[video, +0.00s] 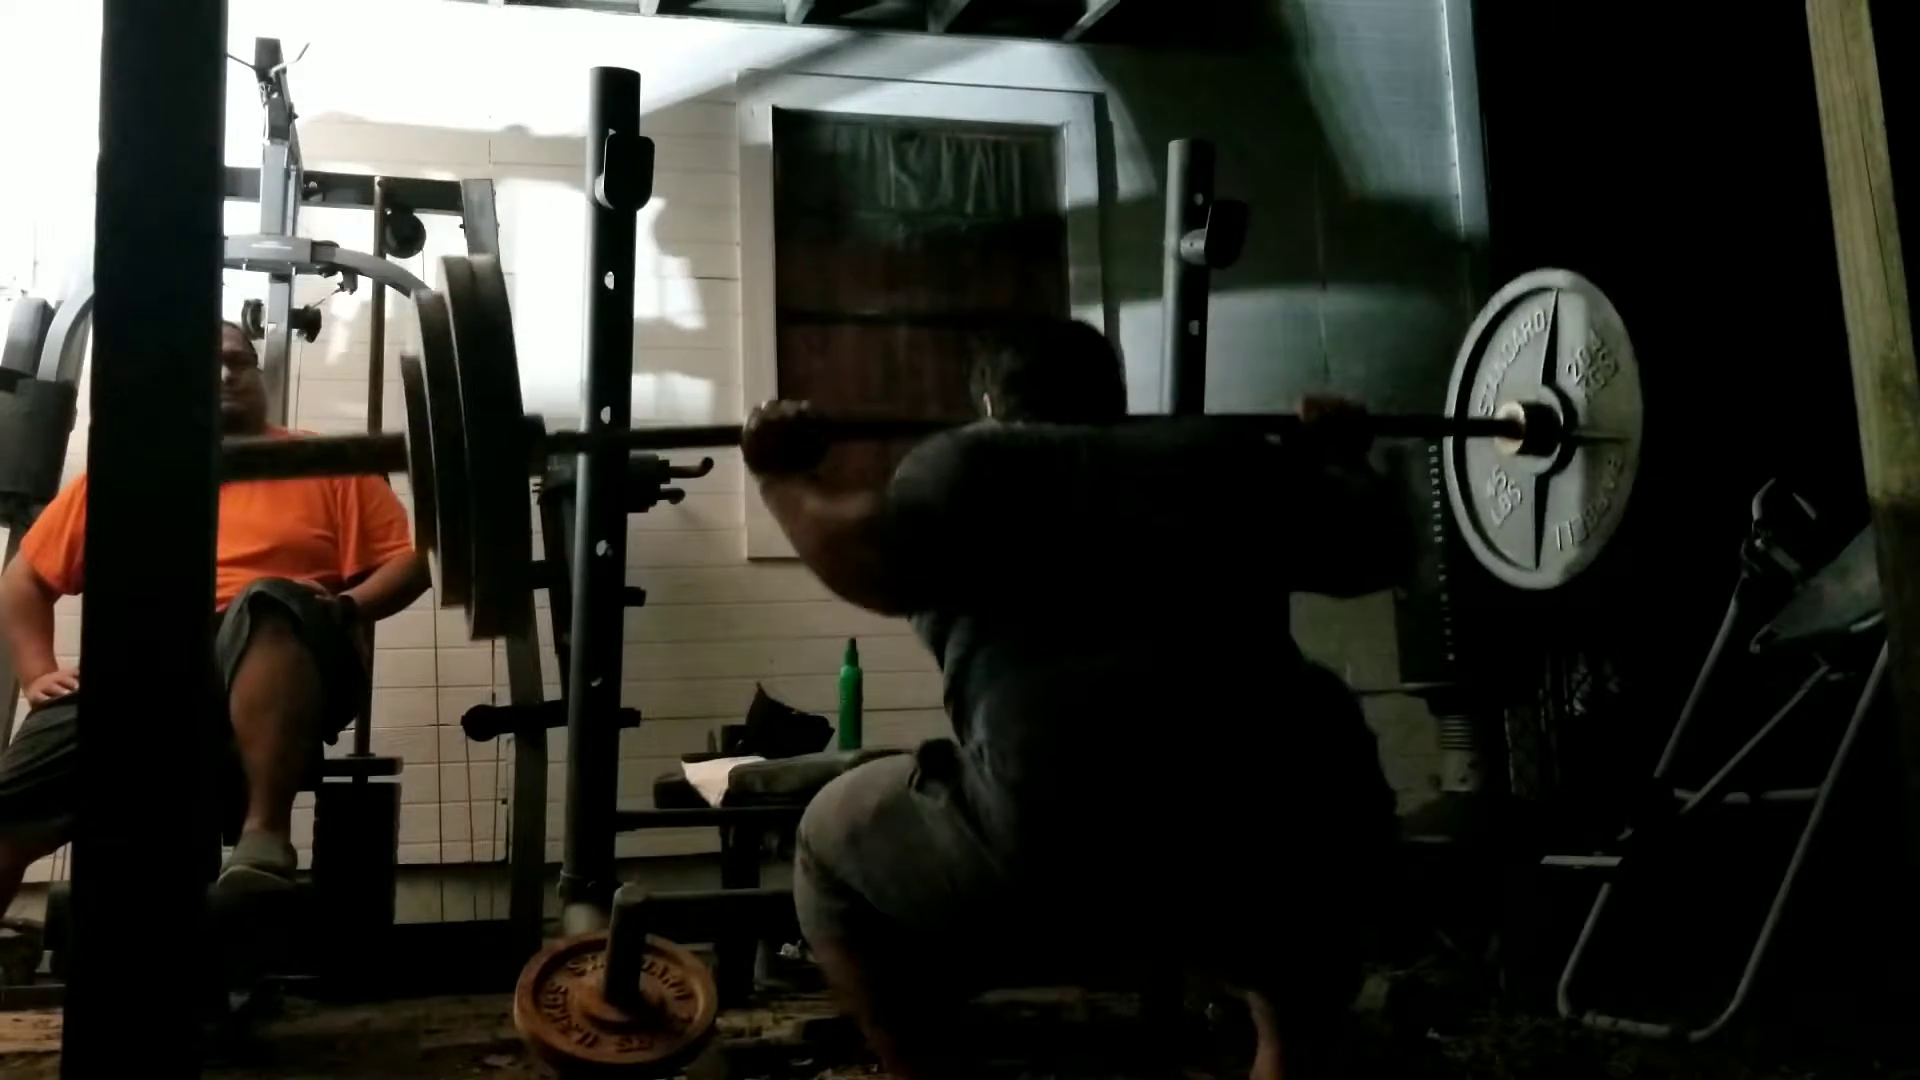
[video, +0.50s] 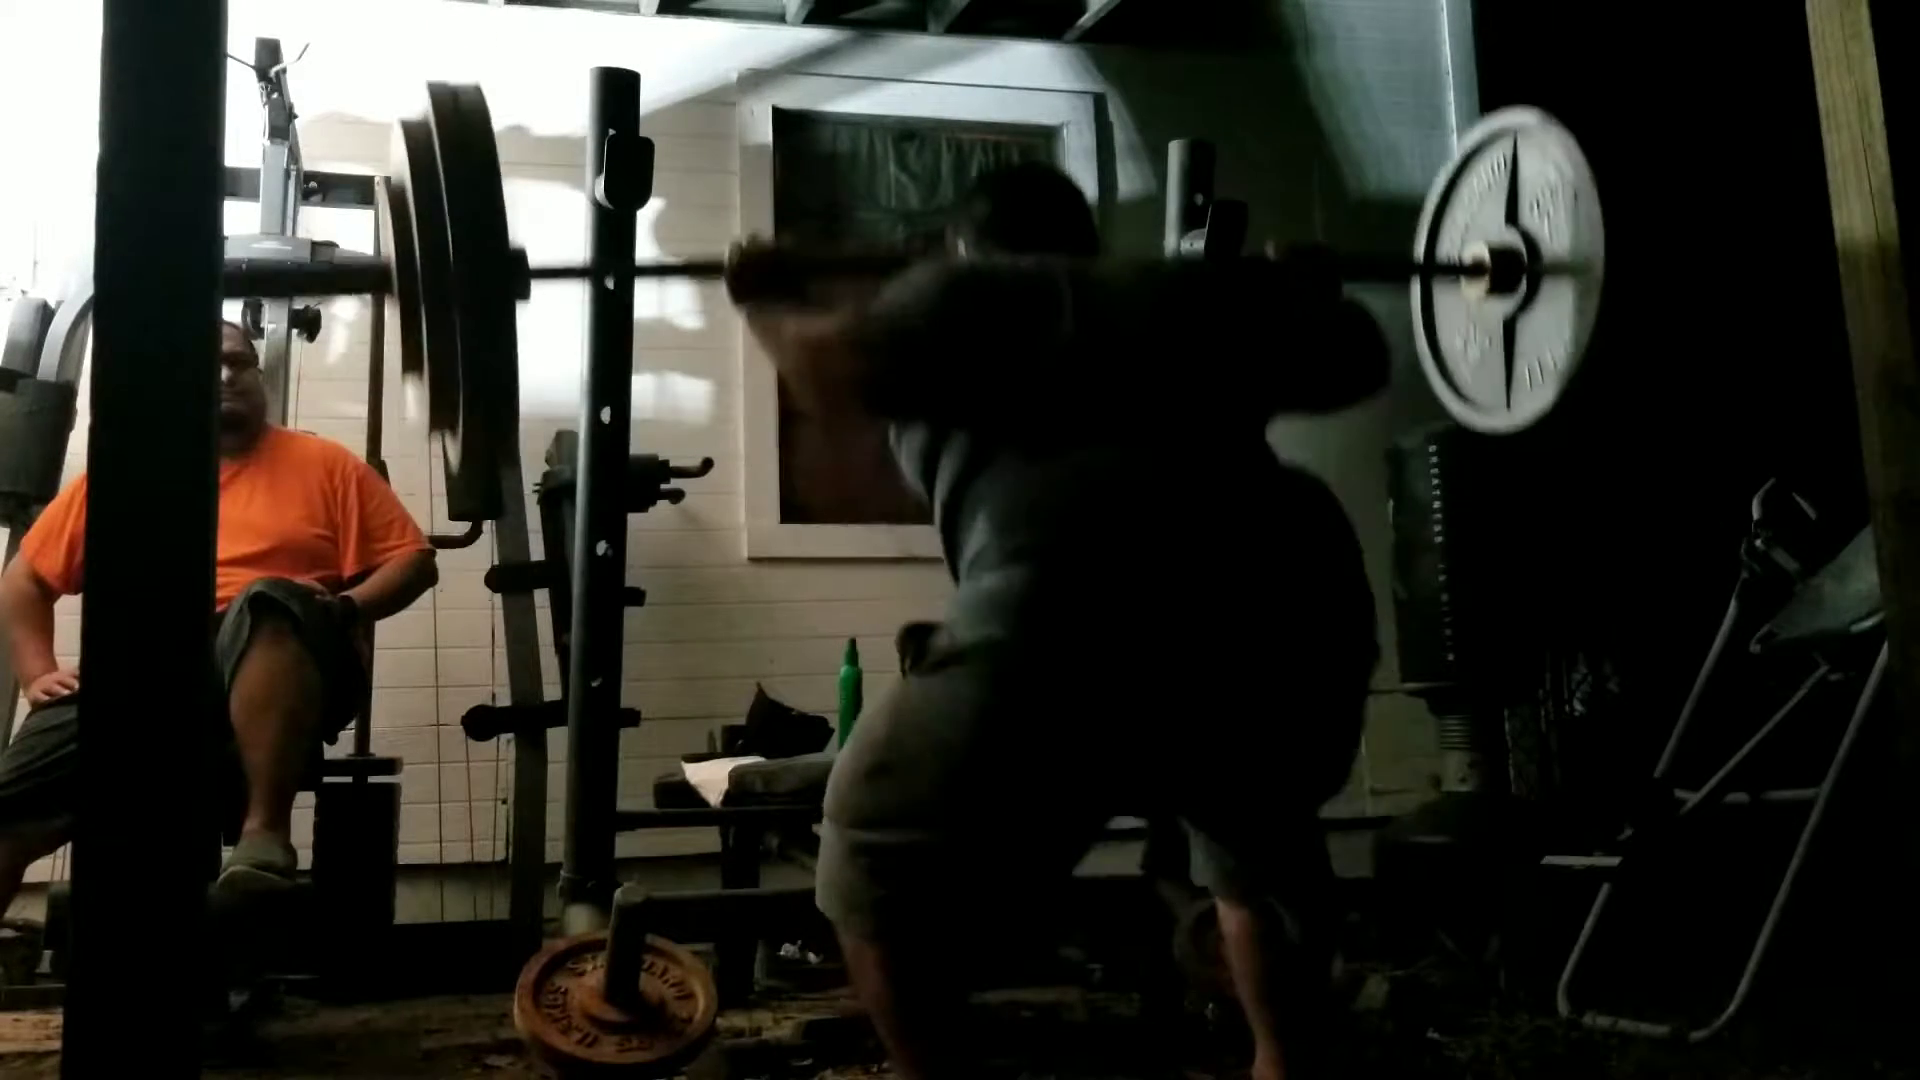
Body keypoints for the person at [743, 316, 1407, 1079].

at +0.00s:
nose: (975, 415)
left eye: (978, 404)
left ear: (995, 408)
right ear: (1119, 395)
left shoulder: (963, 473)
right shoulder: (1218, 460)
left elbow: (868, 565)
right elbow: (1375, 559)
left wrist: (777, 475)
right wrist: (1341, 449)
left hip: (1051, 844)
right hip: (1259, 828)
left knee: (835, 831)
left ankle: (906, 1058)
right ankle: (1287, 1054)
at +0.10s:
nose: (972, 416)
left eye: (975, 406)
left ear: (991, 410)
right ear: (1116, 396)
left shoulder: (957, 476)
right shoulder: (1213, 464)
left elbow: (860, 565)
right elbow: (1370, 562)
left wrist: (776, 477)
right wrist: (1334, 450)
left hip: (1047, 839)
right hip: (1255, 824)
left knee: (839, 843)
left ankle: (911, 1060)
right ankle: (1284, 1055)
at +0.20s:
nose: (965, 401)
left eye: (967, 388)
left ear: (984, 389)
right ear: (1108, 372)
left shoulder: (953, 452)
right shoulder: (1210, 440)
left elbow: (864, 551)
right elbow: (1370, 527)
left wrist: (772, 452)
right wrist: (1330, 430)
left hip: (1041, 814)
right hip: (1254, 801)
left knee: (846, 843)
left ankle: (919, 1064)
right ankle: (1284, 1053)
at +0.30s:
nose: (960, 345)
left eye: (966, 331)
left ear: (979, 340)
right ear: (1100, 327)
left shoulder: (952, 409)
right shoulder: (1196, 395)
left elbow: (836, 486)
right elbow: (1367, 471)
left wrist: (770, 408)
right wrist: (1321, 382)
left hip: (1054, 766)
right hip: (1275, 748)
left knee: (858, 844)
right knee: (1269, 879)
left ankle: (921, 1061)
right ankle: (1288, 1055)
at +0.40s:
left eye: (957, 294)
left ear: (966, 299)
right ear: (1095, 288)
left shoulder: (936, 354)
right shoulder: (1189, 347)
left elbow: (826, 424)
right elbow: (1358, 409)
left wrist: (768, 352)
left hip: (1058, 682)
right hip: (1279, 666)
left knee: (871, 847)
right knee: (1269, 853)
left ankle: (924, 1062)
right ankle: (1288, 1057)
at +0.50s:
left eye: (945, 247)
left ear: (960, 247)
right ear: (1092, 241)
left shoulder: (943, 308)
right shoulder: (1182, 301)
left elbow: (826, 367)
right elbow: (1356, 360)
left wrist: (767, 299)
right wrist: (1289, 279)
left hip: (1057, 620)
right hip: (1274, 608)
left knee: (877, 848)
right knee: (1256, 828)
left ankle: (924, 1062)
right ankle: (1284, 1058)